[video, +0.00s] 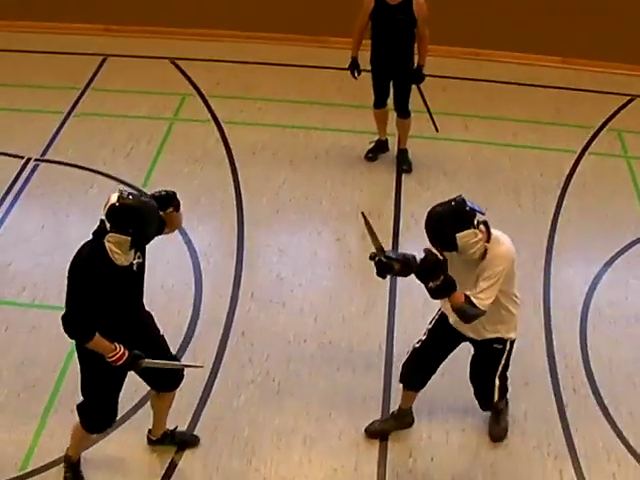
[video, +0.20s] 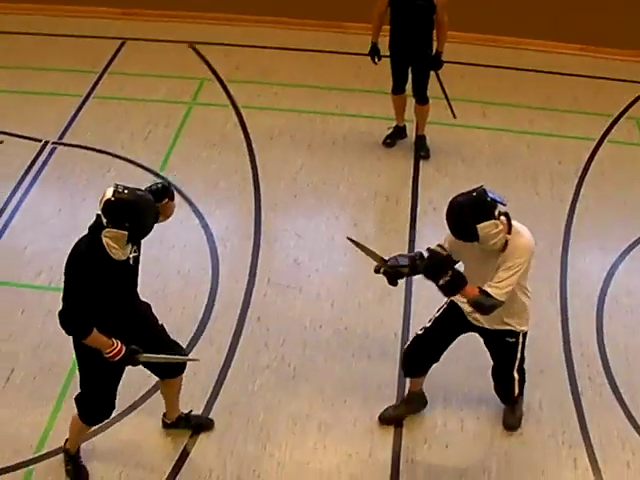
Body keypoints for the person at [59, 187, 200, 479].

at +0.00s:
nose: (138, 243)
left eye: (139, 238)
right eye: (135, 238)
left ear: (137, 232)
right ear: (121, 233)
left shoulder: (134, 234)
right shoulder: (87, 262)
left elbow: (169, 225)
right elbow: (75, 326)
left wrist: (170, 213)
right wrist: (115, 352)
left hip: (135, 324)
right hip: (100, 340)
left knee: (169, 377)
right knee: (99, 418)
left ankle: (158, 433)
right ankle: (72, 459)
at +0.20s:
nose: (144, 230)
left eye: (144, 225)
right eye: (140, 226)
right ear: (126, 226)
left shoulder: (126, 229)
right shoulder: (85, 256)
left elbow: (155, 215)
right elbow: (73, 322)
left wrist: (162, 205)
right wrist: (112, 347)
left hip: (131, 316)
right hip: (97, 336)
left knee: (172, 361)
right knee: (96, 407)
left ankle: (173, 417)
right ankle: (71, 450)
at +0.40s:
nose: (130, 217)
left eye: (130, 213)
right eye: (126, 213)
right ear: (110, 210)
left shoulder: (110, 206)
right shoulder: (72, 237)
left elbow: (135, 222)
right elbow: (72, 305)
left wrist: (154, 204)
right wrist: (119, 324)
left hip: (115, 287)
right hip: (83, 304)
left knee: (149, 333)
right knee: (96, 374)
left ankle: (181, 382)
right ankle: (80, 420)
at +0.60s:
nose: (116, 210)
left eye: (118, 205)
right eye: (114, 206)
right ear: (97, 205)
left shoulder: (87, 202)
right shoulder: (66, 238)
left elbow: (111, 222)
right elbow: (84, 305)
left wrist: (137, 214)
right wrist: (135, 304)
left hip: (92, 281)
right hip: (66, 303)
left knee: (125, 321)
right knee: (97, 369)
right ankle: (92, 414)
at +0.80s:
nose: (123, 199)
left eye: (123, 194)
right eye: (119, 195)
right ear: (103, 196)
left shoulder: (84, 191)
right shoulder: (78, 231)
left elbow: (117, 205)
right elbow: (104, 283)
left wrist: (149, 214)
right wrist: (147, 242)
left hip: (76, 288)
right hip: (81, 303)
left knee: (80, 331)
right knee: (121, 361)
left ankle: (61, 372)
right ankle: (114, 410)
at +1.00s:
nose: (127, 195)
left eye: (127, 190)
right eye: (124, 189)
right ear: (112, 188)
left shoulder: (103, 186)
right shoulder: (82, 212)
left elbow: (134, 217)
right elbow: (115, 249)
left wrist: (140, 248)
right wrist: (140, 202)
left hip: (83, 278)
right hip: (97, 294)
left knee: (82, 325)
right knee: (147, 347)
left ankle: (65, 372)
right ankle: (138, 405)